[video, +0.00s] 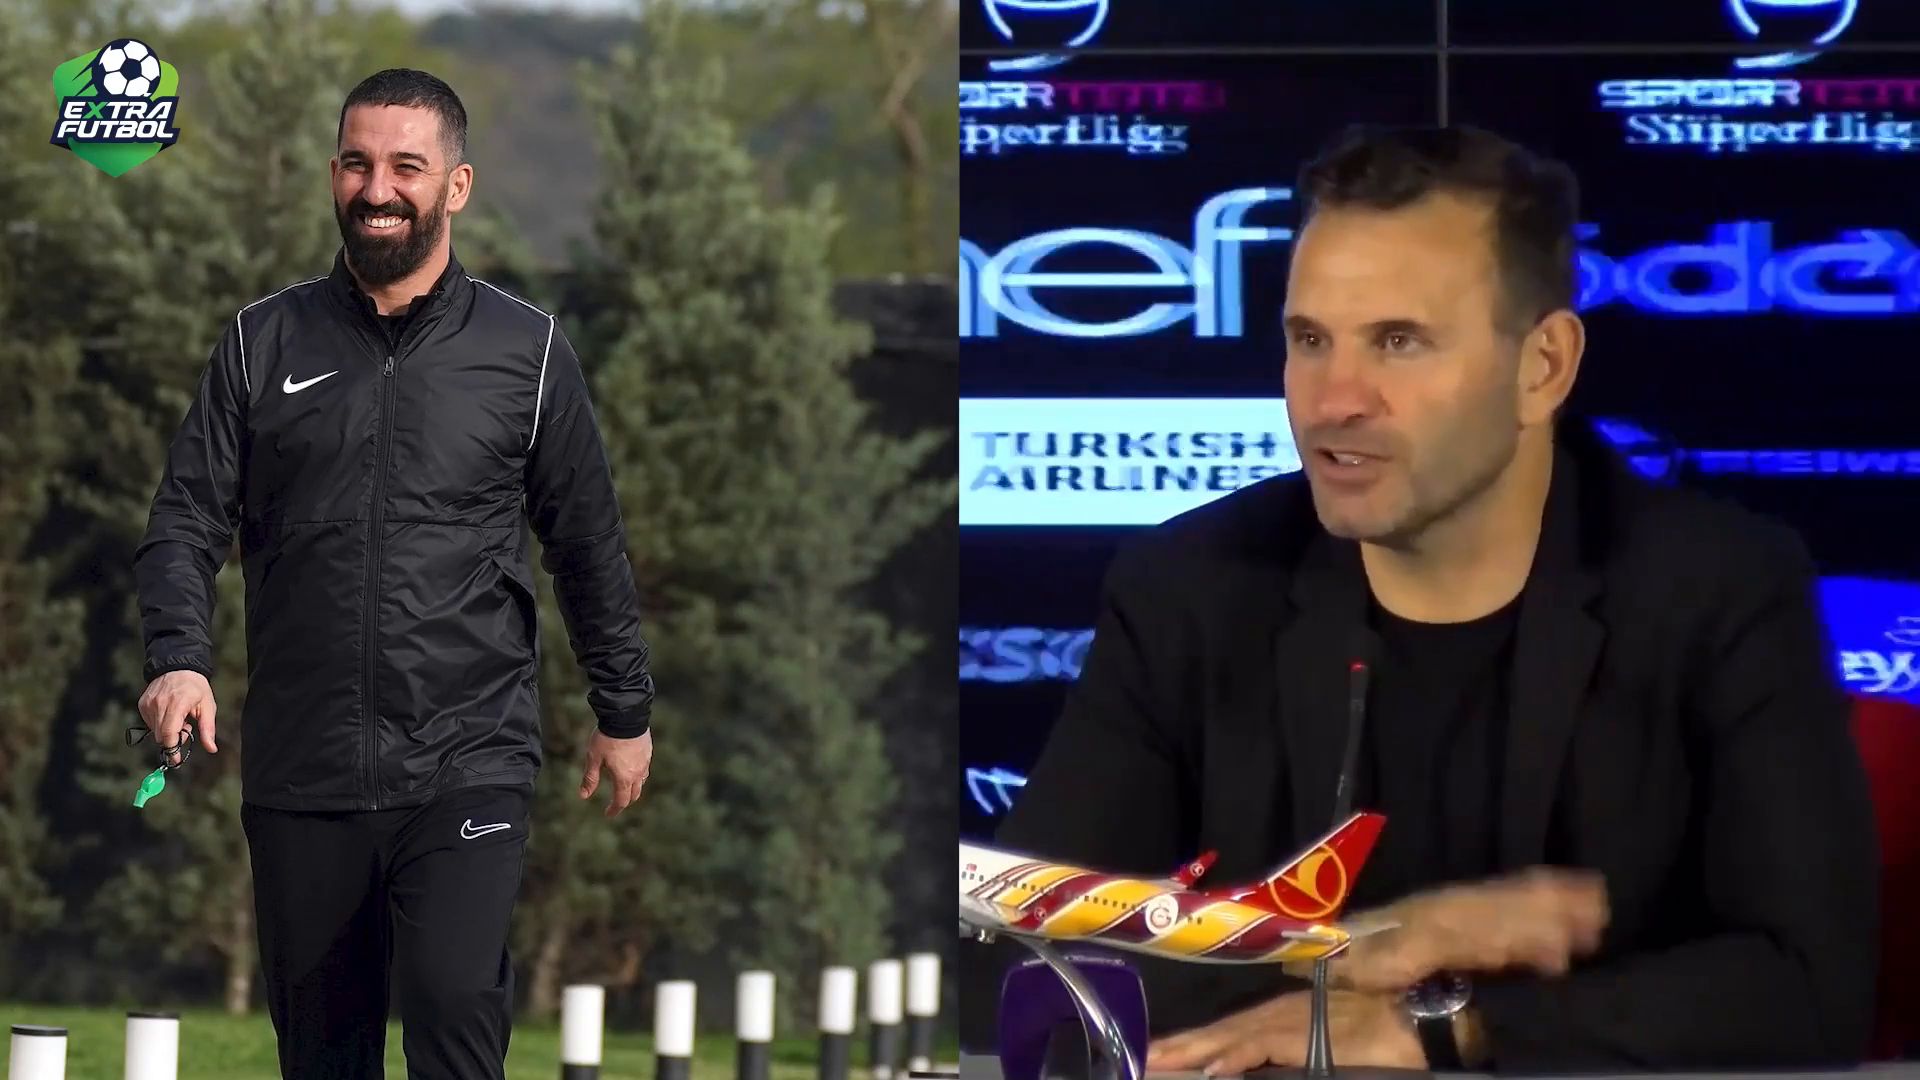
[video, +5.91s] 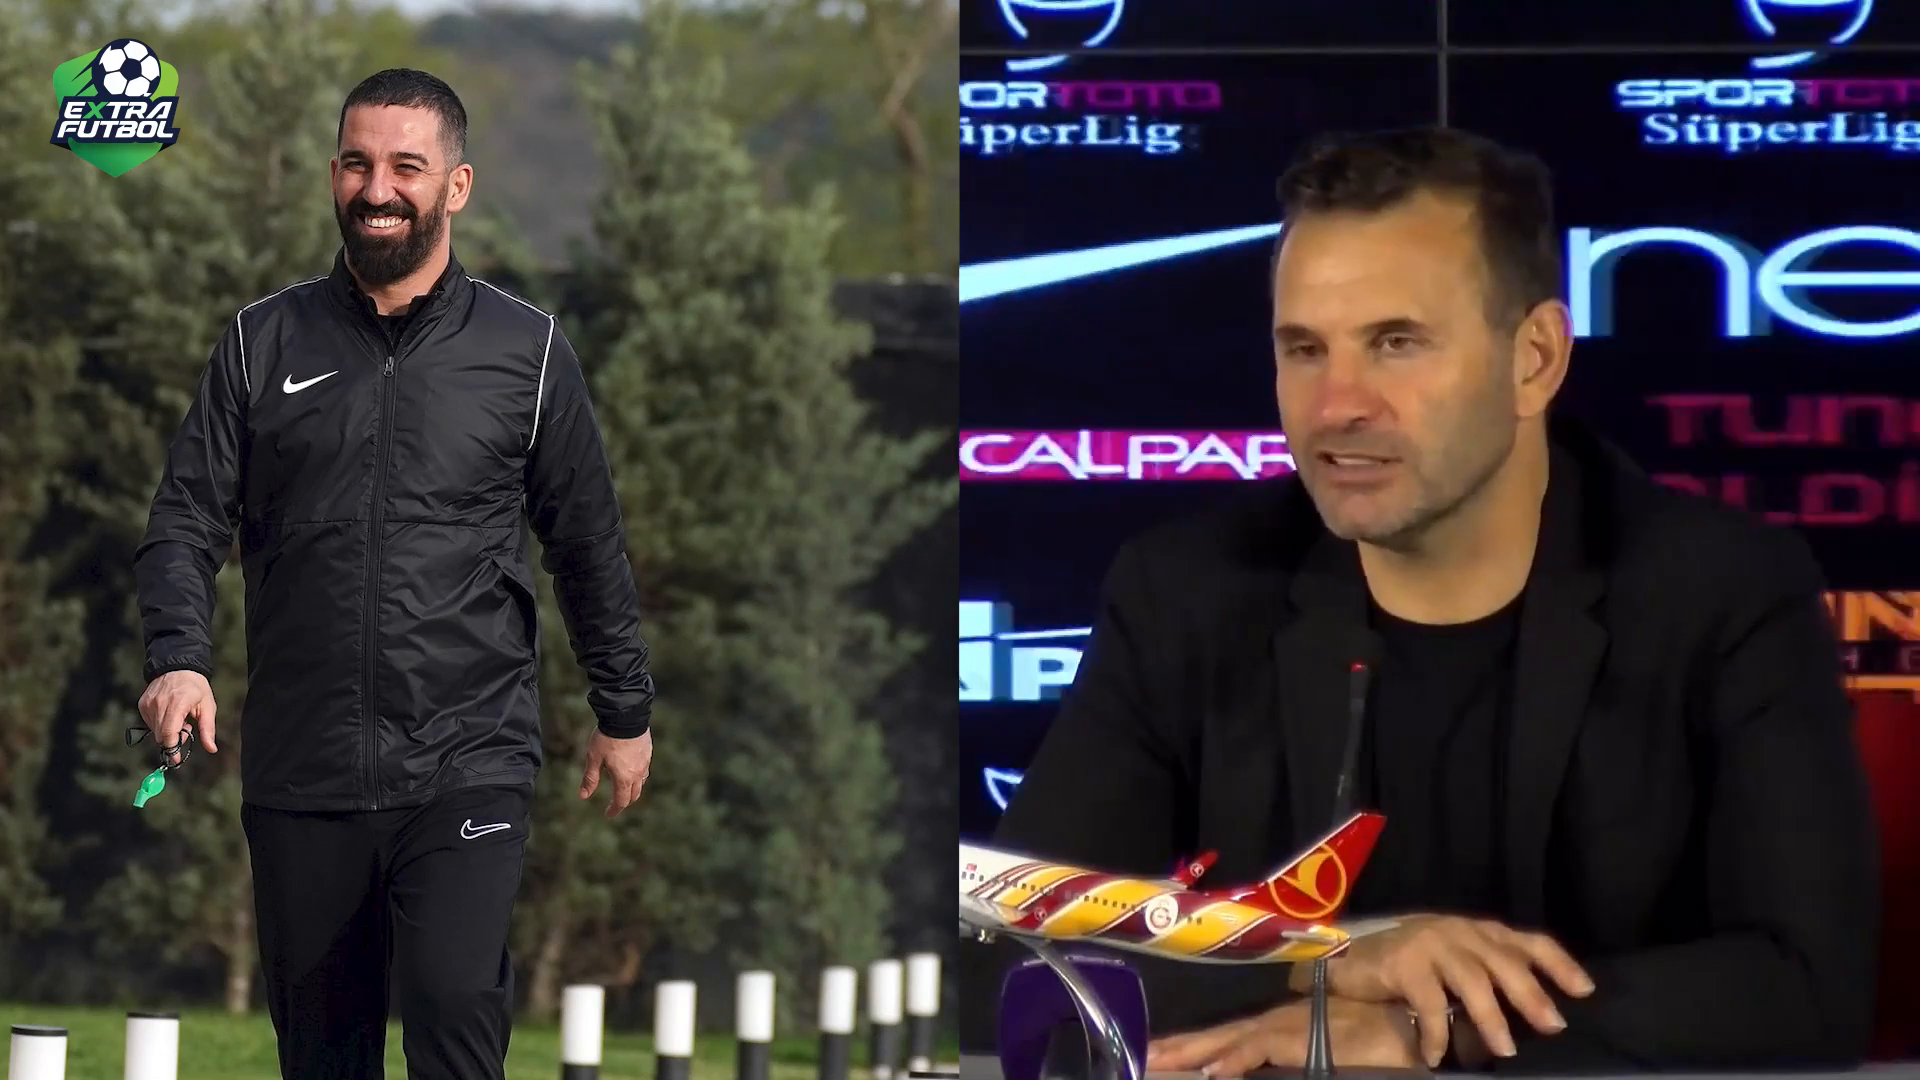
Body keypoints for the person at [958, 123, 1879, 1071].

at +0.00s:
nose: (1329, 398)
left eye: (1397, 344)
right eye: (1308, 339)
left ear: (1543, 368)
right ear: (1282, 342)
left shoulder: (1718, 593)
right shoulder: (1181, 592)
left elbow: (1808, 990)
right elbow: (1031, 983)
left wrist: (1438, 1030)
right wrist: (1363, 947)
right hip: (1247, 1077)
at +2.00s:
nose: (1327, 396)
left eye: (1391, 337)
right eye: (1302, 341)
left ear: (1537, 361)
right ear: (1276, 350)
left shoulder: (1724, 596)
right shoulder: (1191, 592)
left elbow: (1808, 991)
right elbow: (1018, 956)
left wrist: (1441, 1036)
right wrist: (1333, 957)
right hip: (1252, 1076)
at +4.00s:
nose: (1321, 400)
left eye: (1388, 343)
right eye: (1303, 343)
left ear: (1541, 367)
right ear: (1280, 351)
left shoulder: (1737, 599)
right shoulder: (1199, 588)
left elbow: (1807, 992)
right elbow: (1027, 959)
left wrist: (1439, 1026)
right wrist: (1309, 963)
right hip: (1247, 1075)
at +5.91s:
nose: (1333, 403)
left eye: (1395, 343)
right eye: (1303, 349)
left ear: (1535, 358)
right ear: (1274, 359)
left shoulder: (1728, 595)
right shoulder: (1186, 592)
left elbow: (1808, 990)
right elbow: (1026, 970)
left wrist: (1425, 1032)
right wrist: (1325, 965)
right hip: (1246, 1076)